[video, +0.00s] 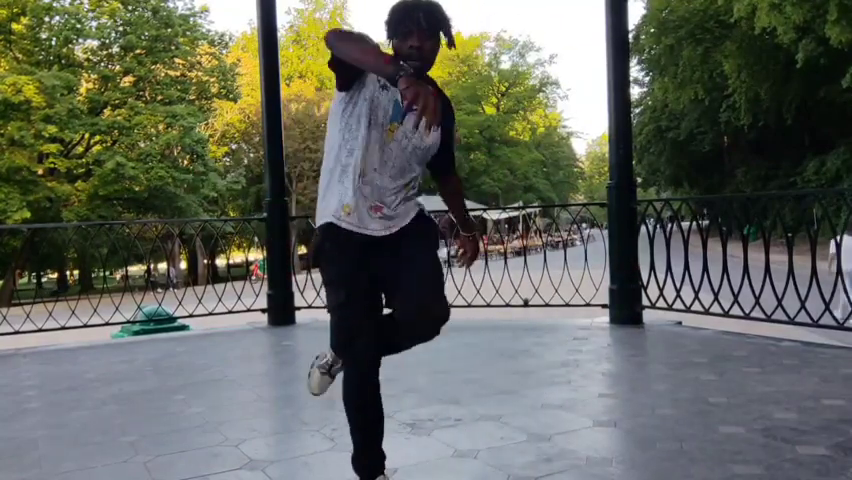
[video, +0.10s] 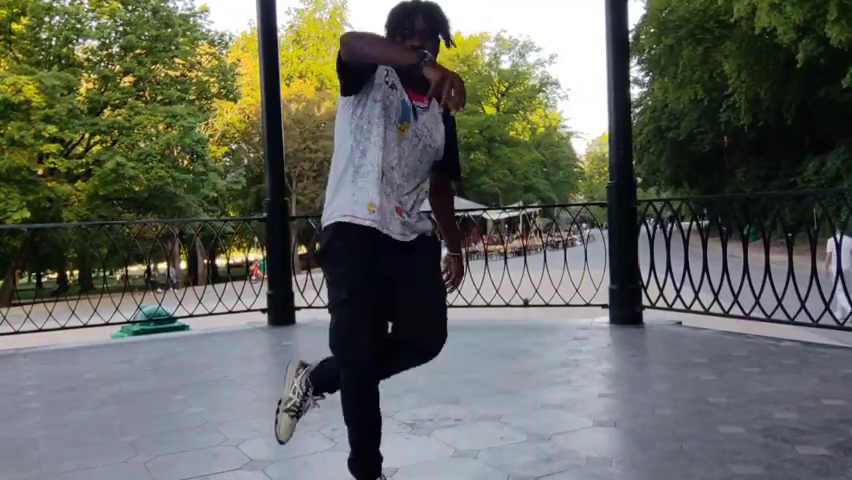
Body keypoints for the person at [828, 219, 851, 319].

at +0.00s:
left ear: (839, 230)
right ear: (847, 230)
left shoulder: (836, 240)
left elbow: (832, 255)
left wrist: (829, 267)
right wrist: (830, 266)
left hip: (843, 269)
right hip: (849, 268)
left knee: (845, 291)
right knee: (845, 291)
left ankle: (841, 313)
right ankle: (842, 313)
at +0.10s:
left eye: (835, 229)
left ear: (835, 229)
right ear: (843, 229)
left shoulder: (831, 240)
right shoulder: (849, 240)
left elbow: (829, 255)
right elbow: (850, 253)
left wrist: (826, 267)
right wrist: (849, 265)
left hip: (836, 267)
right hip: (847, 267)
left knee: (839, 290)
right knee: (842, 290)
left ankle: (848, 309)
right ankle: (839, 313)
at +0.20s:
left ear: (833, 229)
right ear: (842, 229)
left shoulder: (828, 239)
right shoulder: (847, 239)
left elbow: (826, 254)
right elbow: (849, 252)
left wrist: (823, 266)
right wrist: (849, 262)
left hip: (833, 266)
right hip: (845, 266)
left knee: (832, 289)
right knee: (842, 289)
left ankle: (842, 306)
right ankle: (839, 313)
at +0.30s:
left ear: (829, 227)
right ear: (838, 227)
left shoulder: (825, 237)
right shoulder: (844, 237)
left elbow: (823, 251)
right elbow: (847, 251)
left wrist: (820, 262)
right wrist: (847, 263)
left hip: (829, 265)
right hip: (841, 265)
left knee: (827, 287)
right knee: (839, 288)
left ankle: (832, 308)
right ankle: (841, 312)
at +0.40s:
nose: (825, 227)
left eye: (825, 226)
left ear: (826, 226)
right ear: (835, 227)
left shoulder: (823, 238)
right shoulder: (840, 237)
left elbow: (820, 252)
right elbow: (843, 249)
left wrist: (817, 264)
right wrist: (840, 262)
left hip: (826, 265)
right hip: (837, 265)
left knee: (823, 287)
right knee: (839, 288)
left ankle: (821, 309)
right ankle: (839, 313)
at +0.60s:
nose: (813, 232)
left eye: (814, 230)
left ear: (816, 230)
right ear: (824, 229)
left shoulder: (815, 239)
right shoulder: (831, 239)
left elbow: (813, 253)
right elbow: (835, 252)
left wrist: (813, 264)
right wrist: (835, 261)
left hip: (819, 266)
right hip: (830, 265)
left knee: (815, 287)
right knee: (832, 288)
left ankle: (814, 308)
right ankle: (837, 310)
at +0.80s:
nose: (811, 228)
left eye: (811, 227)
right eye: (812, 227)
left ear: (809, 228)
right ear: (817, 228)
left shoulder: (806, 238)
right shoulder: (824, 237)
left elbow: (805, 252)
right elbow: (828, 252)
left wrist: (803, 264)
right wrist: (829, 264)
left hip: (810, 265)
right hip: (821, 264)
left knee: (811, 286)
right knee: (822, 284)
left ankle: (813, 308)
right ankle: (828, 301)